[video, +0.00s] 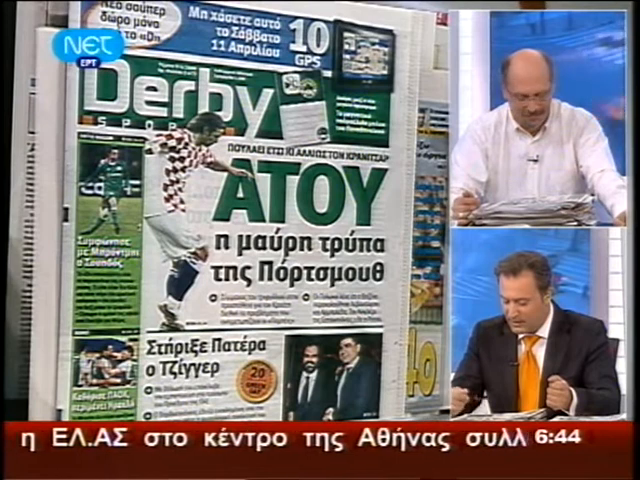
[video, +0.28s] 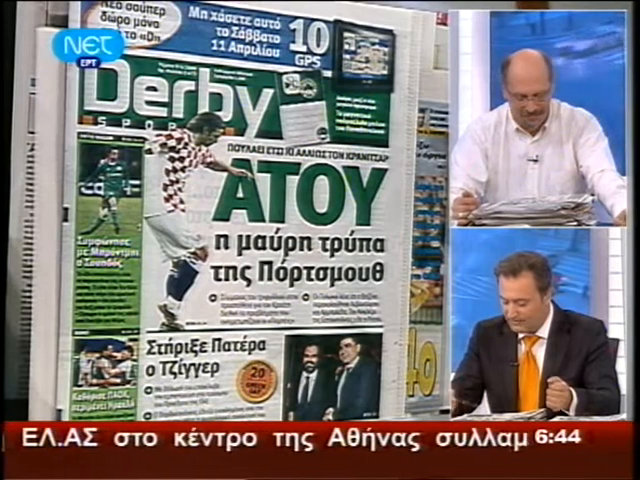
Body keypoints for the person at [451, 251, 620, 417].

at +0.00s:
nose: (511, 312)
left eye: (522, 303)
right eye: (506, 302)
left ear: (547, 296)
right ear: (500, 298)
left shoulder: (588, 333)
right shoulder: (486, 334)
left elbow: (610, 401)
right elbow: (465, 388)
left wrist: (574, 400)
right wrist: (457, 401)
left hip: (567, 450)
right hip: (504, 449)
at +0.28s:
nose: (511, 313)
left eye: (521, 303)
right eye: (505, 302)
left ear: (547, 296)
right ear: (499, 297)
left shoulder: (588, 333)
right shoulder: (486, 334)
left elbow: (610, 402)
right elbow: (464, 396)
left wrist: (574, 400)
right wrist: (452, 403)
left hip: (568, 450)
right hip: (503, 449)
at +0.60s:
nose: (510, 313)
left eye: (521, 303)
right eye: (505, 302)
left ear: (547, 297)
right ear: (500, 297)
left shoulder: (588, 333)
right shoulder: (487, 335)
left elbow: (610, 401)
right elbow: (460, 400)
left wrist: (569, 399)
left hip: (570, 452)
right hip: (505, 450)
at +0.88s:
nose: (510, 312)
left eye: (521, 303)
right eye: (505, 301)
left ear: (547, 297)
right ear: (500, 296)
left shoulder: (588, 333)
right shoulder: (487, 335)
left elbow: (610, 401)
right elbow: (461, 400)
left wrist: (569, 400)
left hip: (569, 451)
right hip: (505, 450)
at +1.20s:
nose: (509, 312)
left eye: (520, 302)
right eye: (505, 300)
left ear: (546, 297)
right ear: (499, 295)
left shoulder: (588, 333)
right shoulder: (486, 334)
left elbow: (610, 401)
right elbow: (461, 401)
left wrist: (570, 400)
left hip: (569, 451)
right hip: (505, 450)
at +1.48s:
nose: (508, 312)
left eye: (519, 303)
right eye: (503, 301)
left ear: (546, 297)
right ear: (498, 296)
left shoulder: (588, 333)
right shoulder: (486, 334)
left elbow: (610, 401)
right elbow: (462, 401)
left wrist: (570, 400)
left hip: (569, 451)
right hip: (505, 450)